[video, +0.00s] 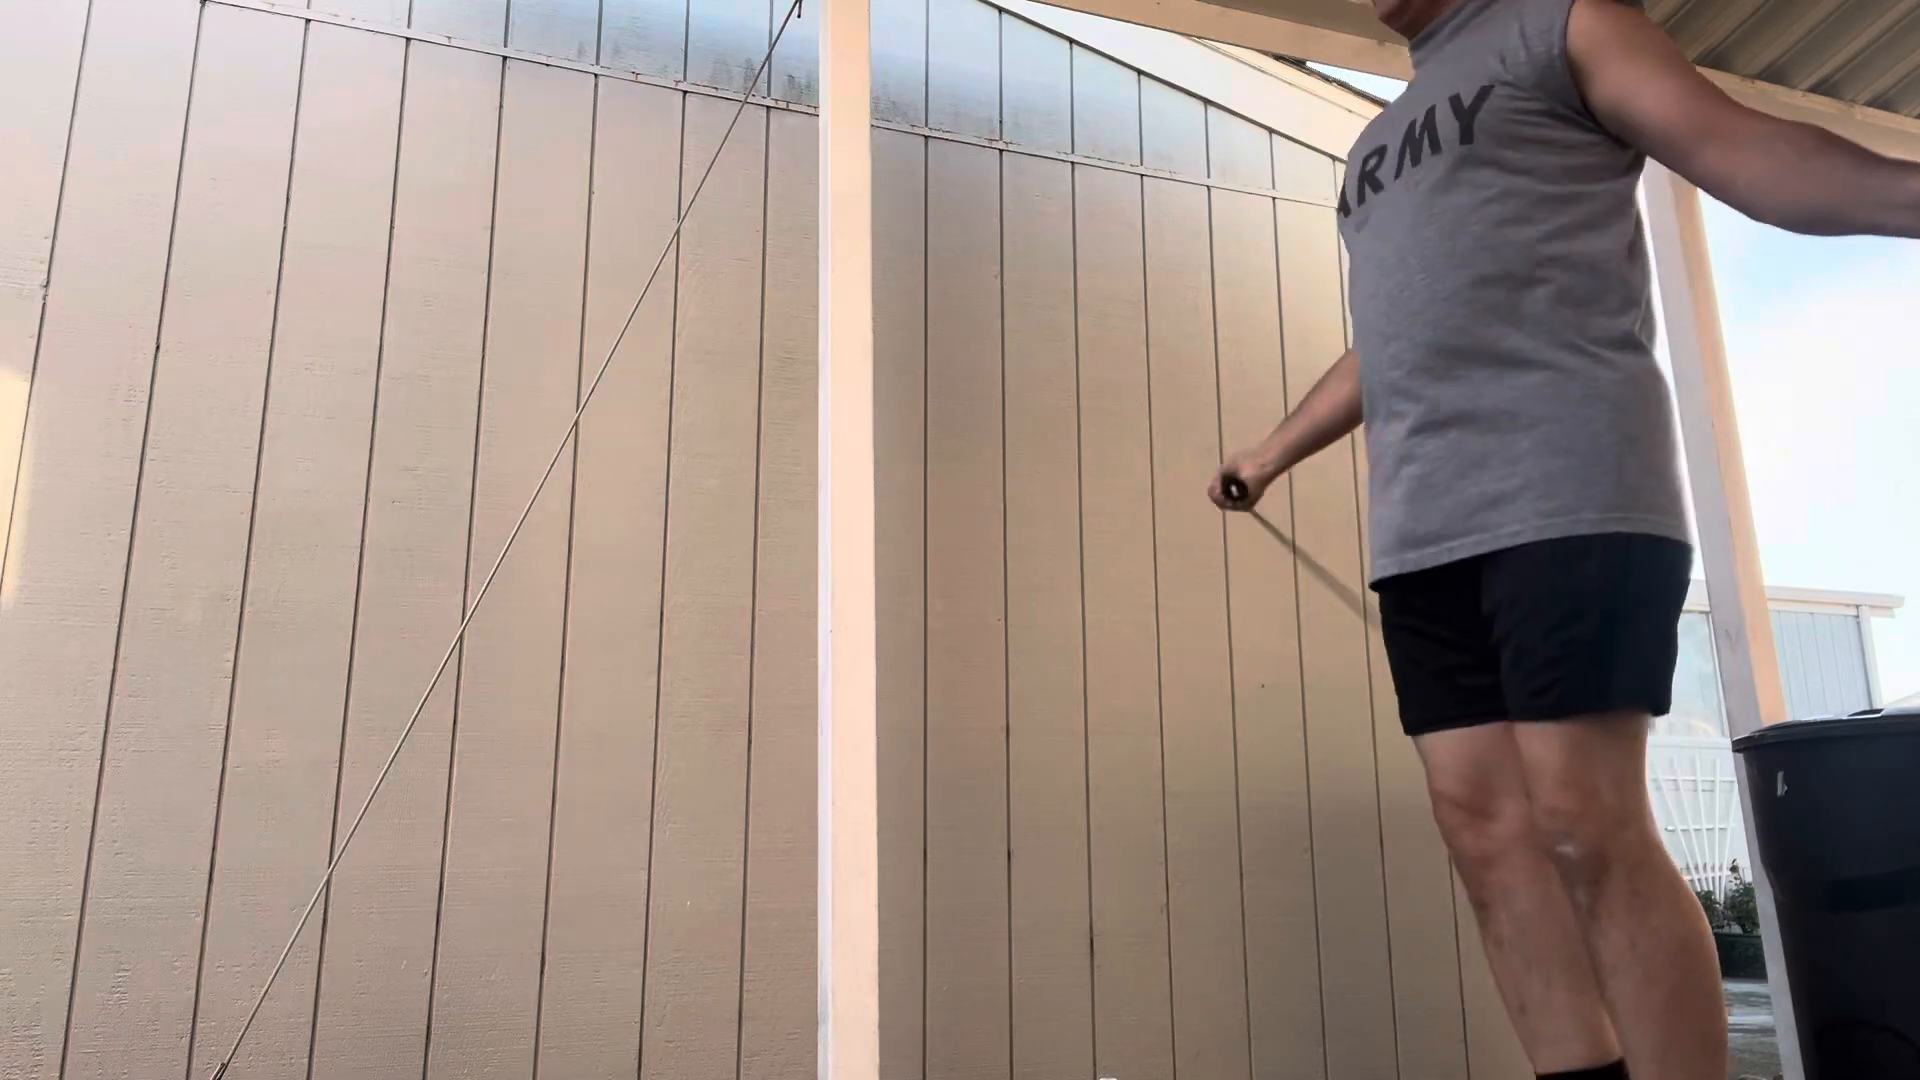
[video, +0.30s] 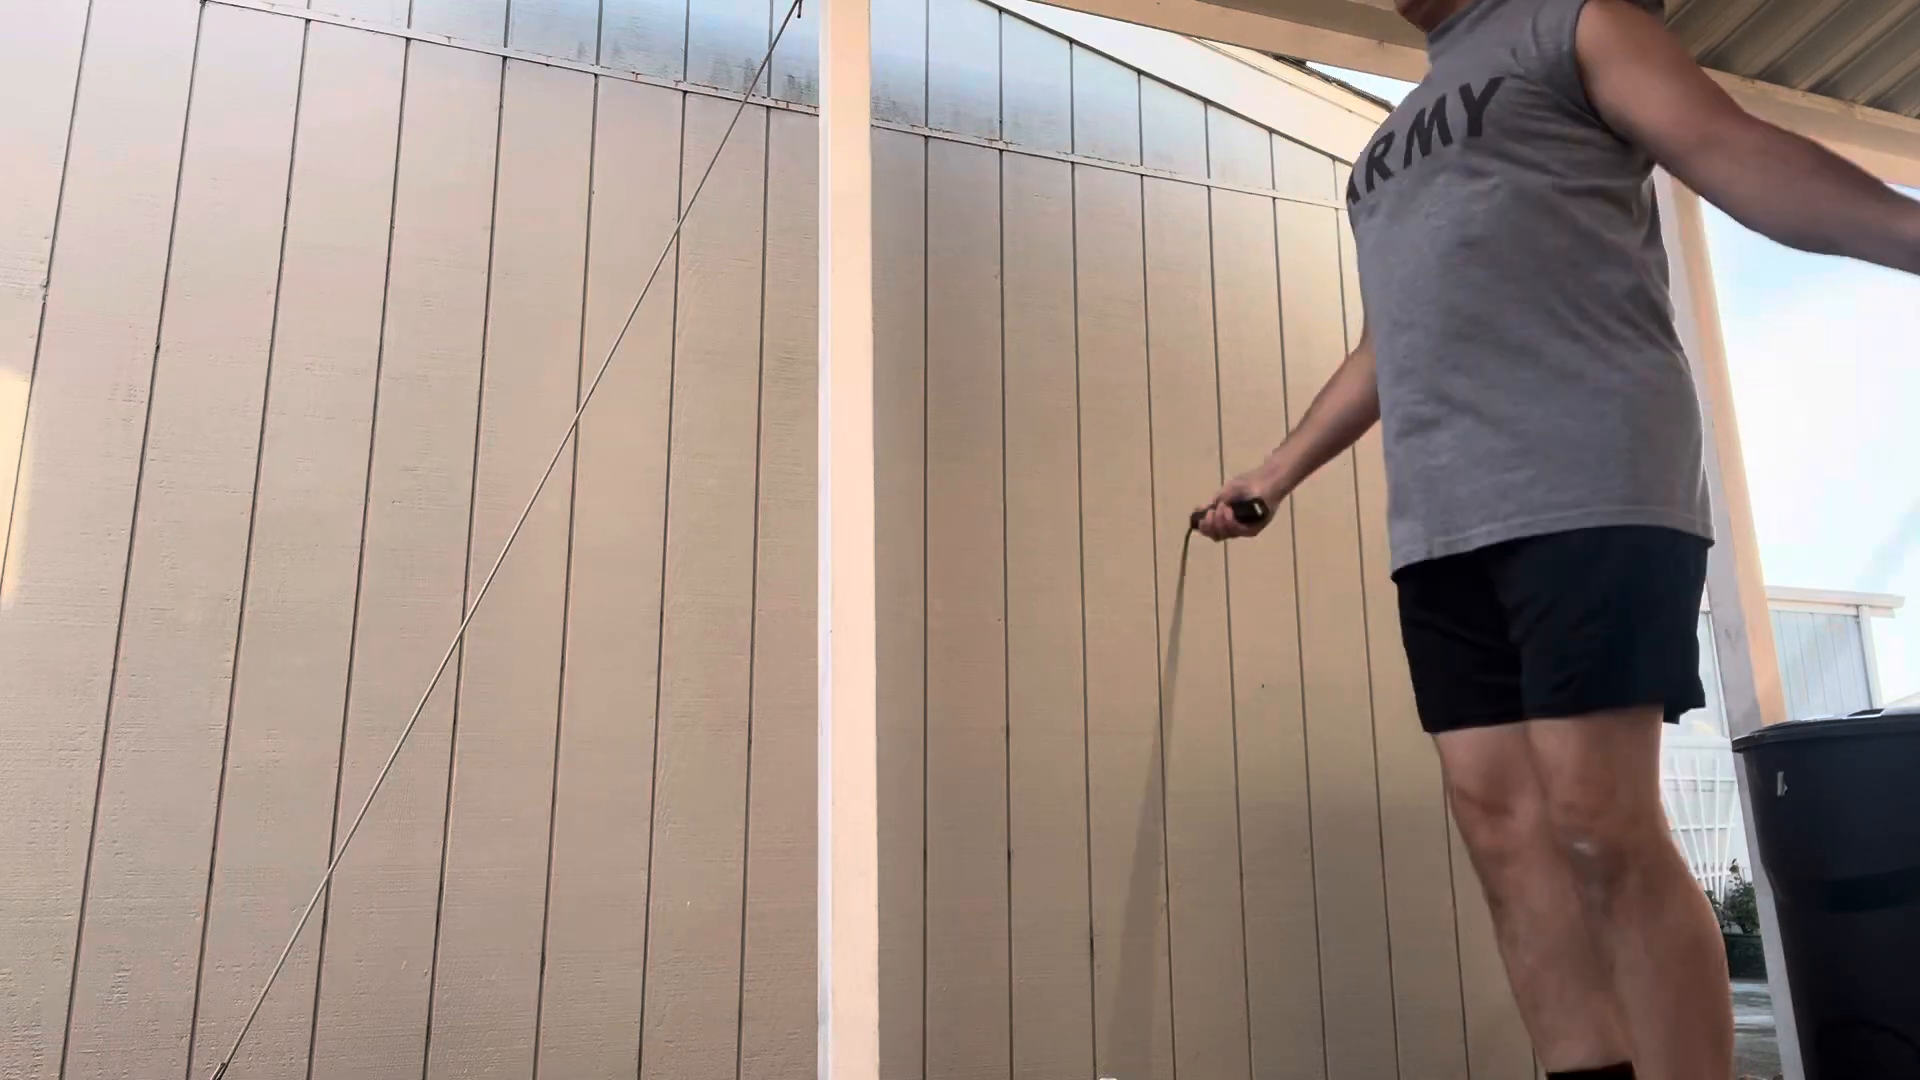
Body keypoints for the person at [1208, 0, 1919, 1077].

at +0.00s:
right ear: (1390, 1)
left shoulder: (1556, 24)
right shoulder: (1372, 148)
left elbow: (1728, 142)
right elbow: (1382, 349)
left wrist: (1904, 195)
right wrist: (1266, 456)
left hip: (1576, 484)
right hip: (1420, 519)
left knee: (1590, 821)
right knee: (1483, 831)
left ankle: (1682, 1065)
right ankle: (1586, 1065)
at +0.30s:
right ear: (1403, 3)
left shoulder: (1569, 23)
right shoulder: (1390, 146)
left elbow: (1727, 146)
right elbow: (1394, 343)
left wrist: (1914, 236)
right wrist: (1273, 473)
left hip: (1592, 480)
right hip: (1439, 511)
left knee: (1601, 819)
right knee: (1498, 817)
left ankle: (1692, 1065)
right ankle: (1588, 1061)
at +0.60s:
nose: (1417, 24)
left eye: (1447, 1)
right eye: (1410, 16)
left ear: (1534, 15)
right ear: (1416, 57)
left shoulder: (1602, 127)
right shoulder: (1419, 239)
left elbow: (1749, 270)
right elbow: (1407, 432)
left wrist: (1877, 381)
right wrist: (1257, 506)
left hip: (1607, 607)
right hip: (1455, 628)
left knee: (1618, 941)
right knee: (1502, 931)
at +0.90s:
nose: (1415, 5)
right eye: (1407, 2)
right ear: (1414, 48)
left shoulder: (1610, 84)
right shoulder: (1415, 204)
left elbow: (1775, 214)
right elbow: (1424, 395)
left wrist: (1917, 264)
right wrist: (1268, 465)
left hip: (1625, 538)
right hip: (1461, 567)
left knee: (1646, 894)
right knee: (1517, 886)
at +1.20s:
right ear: (1425, 9)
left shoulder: (1602, 25)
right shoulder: (1425, 154)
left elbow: (1766, 132)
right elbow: (1431, 347)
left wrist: (1915, 187)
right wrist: (1318, 464)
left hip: (1624, 470)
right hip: (1467, 503)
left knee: (1629, 814)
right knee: (1532, 818)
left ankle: (1734, 1069)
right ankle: (1631, 1064)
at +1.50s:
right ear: (1447, 33)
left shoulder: (1627, 77)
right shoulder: (1441, 202)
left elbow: (1753, 218)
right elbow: (1437, 394)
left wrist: (1908, 337)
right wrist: (1319, 523)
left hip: (1626, 535)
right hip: (1479, 562)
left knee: (1652, 858)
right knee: (1541, 864)